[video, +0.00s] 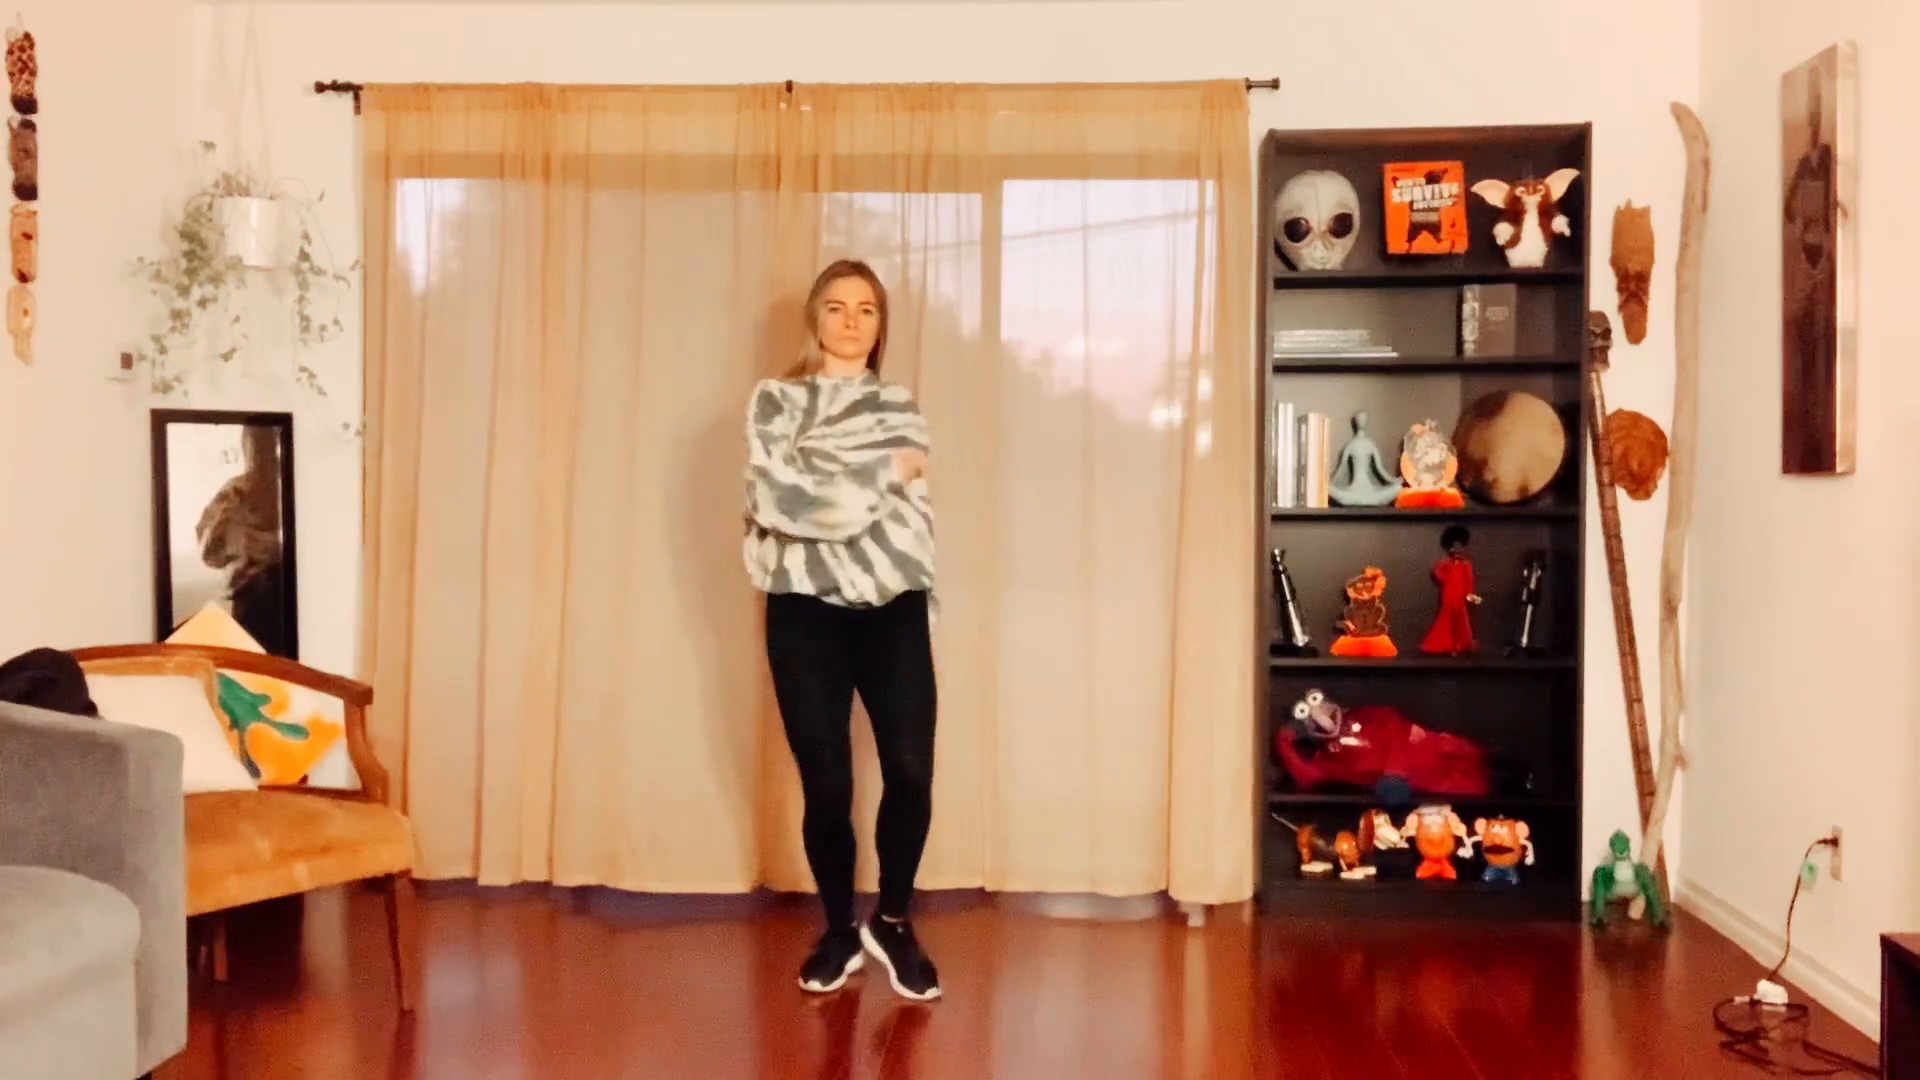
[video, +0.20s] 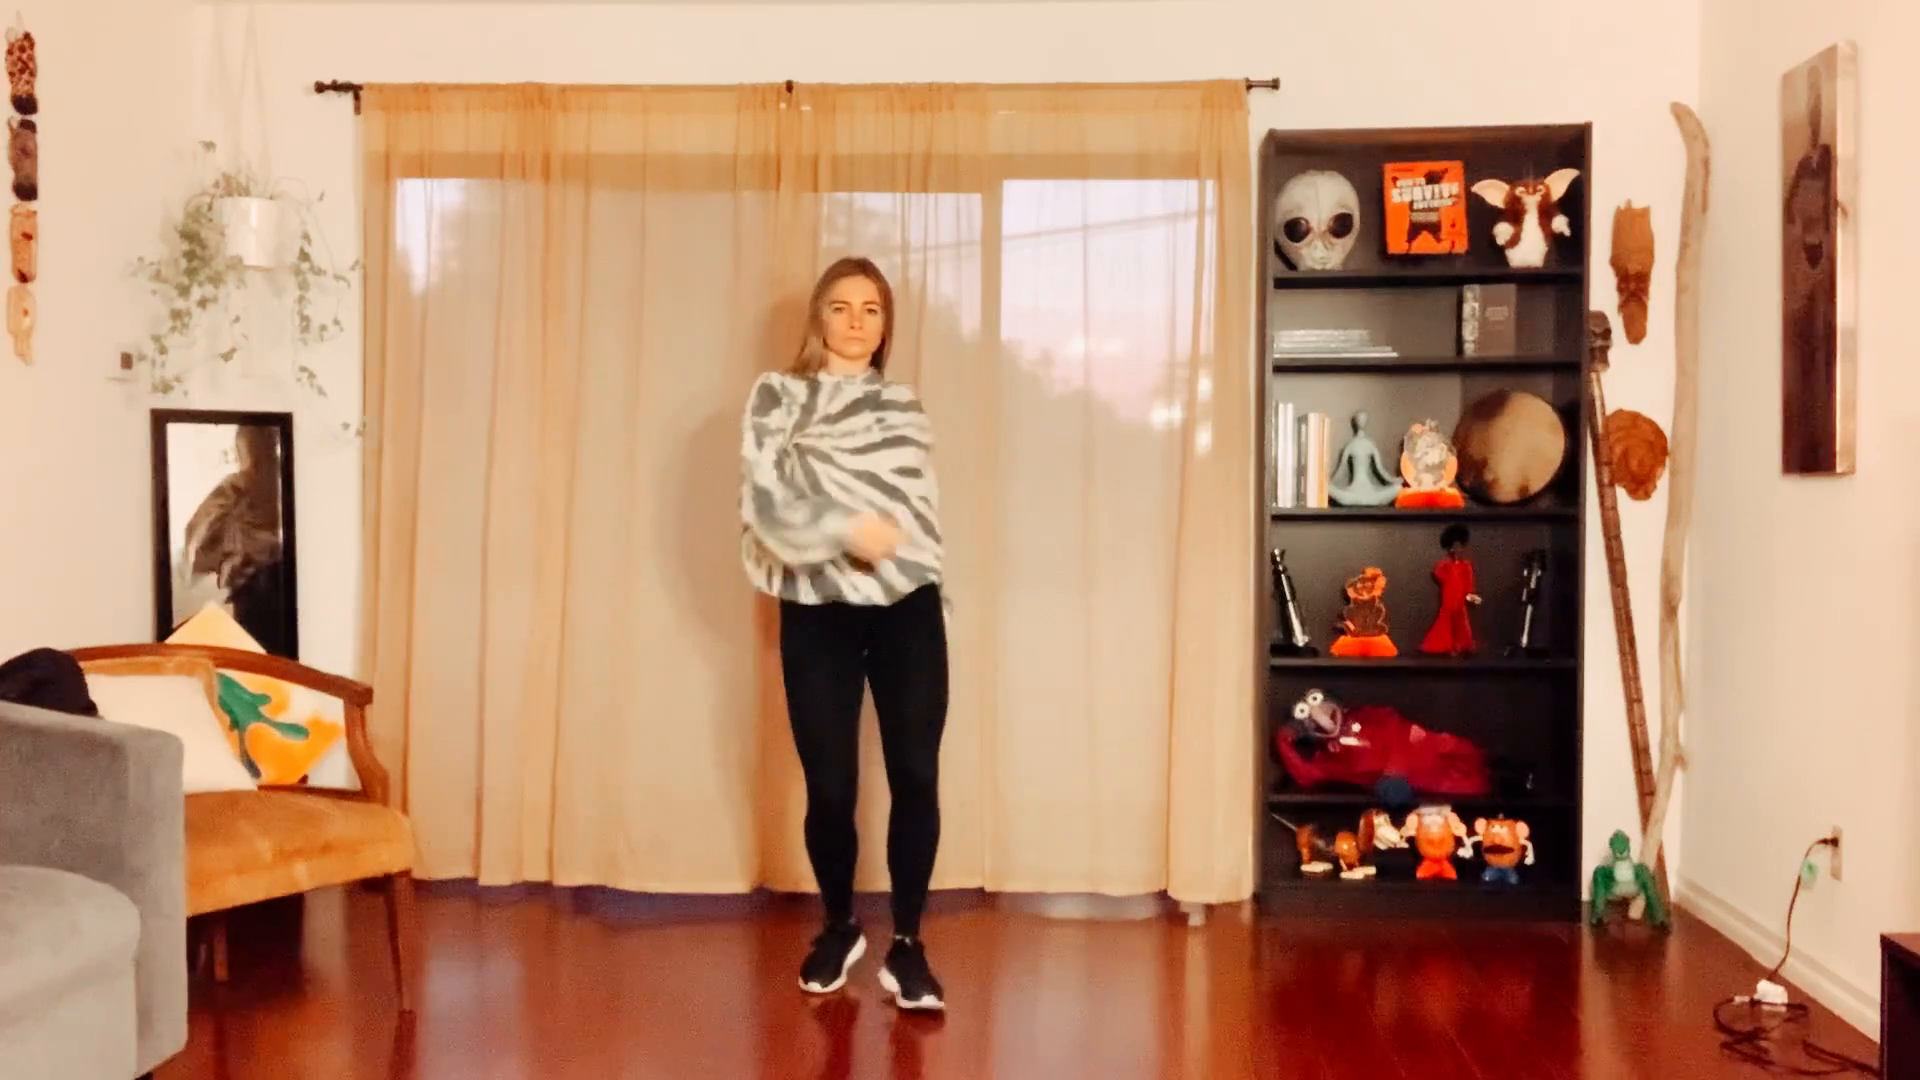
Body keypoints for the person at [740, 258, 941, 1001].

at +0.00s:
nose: (850, 319)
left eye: (864, 309)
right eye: (835, 306)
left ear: (880, 324)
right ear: (813, 318)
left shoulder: (899, 410)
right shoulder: (775, 398)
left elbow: (903, 517)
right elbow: (770, 494)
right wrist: (882, 473)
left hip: (893, 605)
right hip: (803, 607)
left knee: (911, 775)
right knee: (826, 784)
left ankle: (893, 920)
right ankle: (840, 929)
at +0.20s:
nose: (855, 320)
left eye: (869, 309)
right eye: (840, 306)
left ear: (884, 324)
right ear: (817, 317)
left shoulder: (902, 406)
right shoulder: (776, 396)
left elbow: (916, 517)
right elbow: (763, 507)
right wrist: (846, 530)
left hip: (906, 610)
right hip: (815, 613)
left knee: (915, 780)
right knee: (829, 791)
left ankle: (906, 945)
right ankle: (838, 929)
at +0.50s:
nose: (878, 316)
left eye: (892, 305)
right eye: (863, 304)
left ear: (911, 319)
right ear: (840, 316)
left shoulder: (935, 411)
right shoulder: (806, 400)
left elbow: (958, 522)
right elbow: (724, 480)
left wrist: (981, 622)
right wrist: (648, 568)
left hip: (941, 619)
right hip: (852, 620)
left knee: (931, 794)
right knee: (831, 797)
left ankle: (908, 957)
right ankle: (836, 918)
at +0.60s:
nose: (887, 317)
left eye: (901, 305)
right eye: (871, 305)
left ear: (919, 319)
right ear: (850, 318)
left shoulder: (944, 412)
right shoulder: (817, 400)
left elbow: (970, 525)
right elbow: (742, 485)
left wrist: (996, 629)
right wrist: (670, 584)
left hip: (952, 621)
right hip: (861, 622)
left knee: (931, 796)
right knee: (843, 799)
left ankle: (908, 955)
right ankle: (839, 914)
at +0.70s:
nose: (895, 317)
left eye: (908, 305)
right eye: (880, 305)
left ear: (929, 317)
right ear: (859, 317)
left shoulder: (957, 411)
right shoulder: (827, 399)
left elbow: (982, 527)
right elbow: (768, 498)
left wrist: (1008, 628)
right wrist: (733, 603)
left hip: (956, 620)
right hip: (867, 620)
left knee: (935, 795)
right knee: (861, 802)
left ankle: (908, 957)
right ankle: (841, 916)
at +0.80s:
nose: (900, 315)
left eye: (915, 303)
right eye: (884, 304)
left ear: (934, 316)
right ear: (865, 317)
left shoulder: (965, 407)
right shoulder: (833, 403)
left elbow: (998, 520)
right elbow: (799, 515)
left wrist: (1017, 629)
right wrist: (794, 623)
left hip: (958, 619)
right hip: (866, 619)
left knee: (933, 796)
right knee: (866, 798)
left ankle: (908, 957)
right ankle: (844, 920)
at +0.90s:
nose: (902, 313)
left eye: (917, 301)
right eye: (887, 302)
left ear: (938, 312)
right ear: (869, 315)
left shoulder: (972, 404)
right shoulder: (838, 403)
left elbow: (1009, 517)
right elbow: (810, 516)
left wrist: (1005, 623)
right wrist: (805, 613)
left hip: (952, 622)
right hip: (859, 621)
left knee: (931, 799)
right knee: (848, 804)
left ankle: (908, 959)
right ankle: (848, 924)